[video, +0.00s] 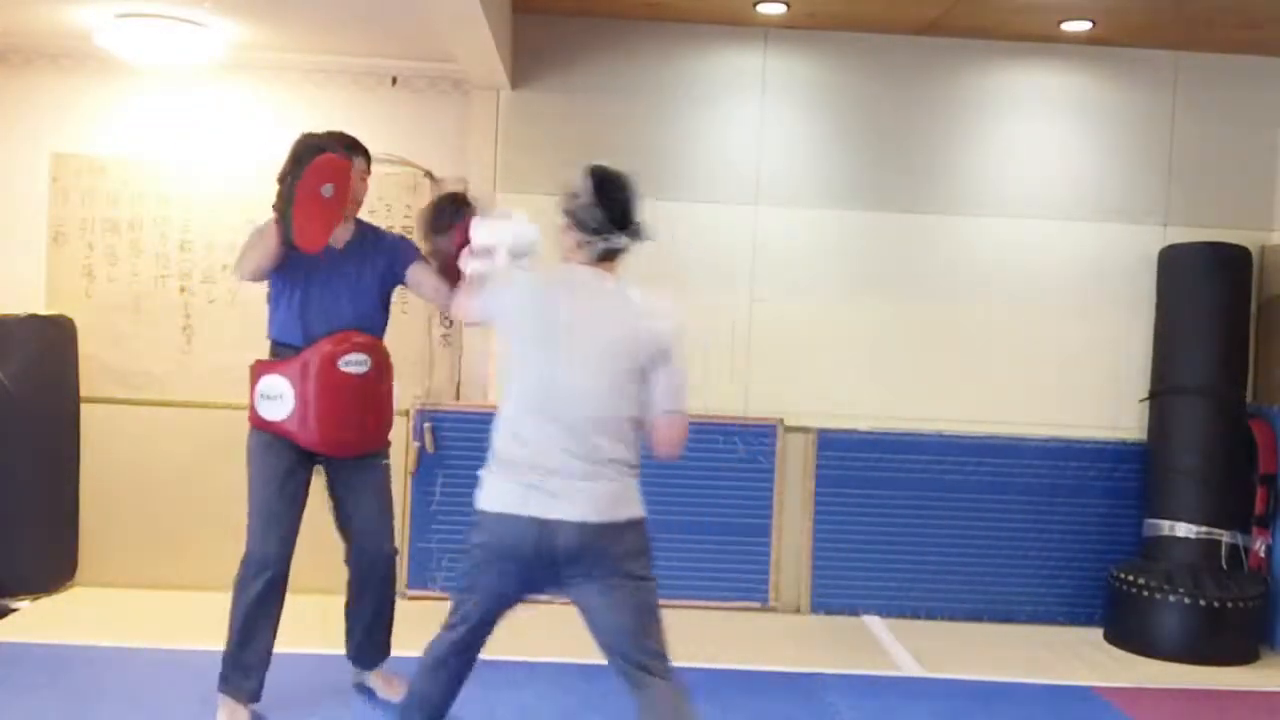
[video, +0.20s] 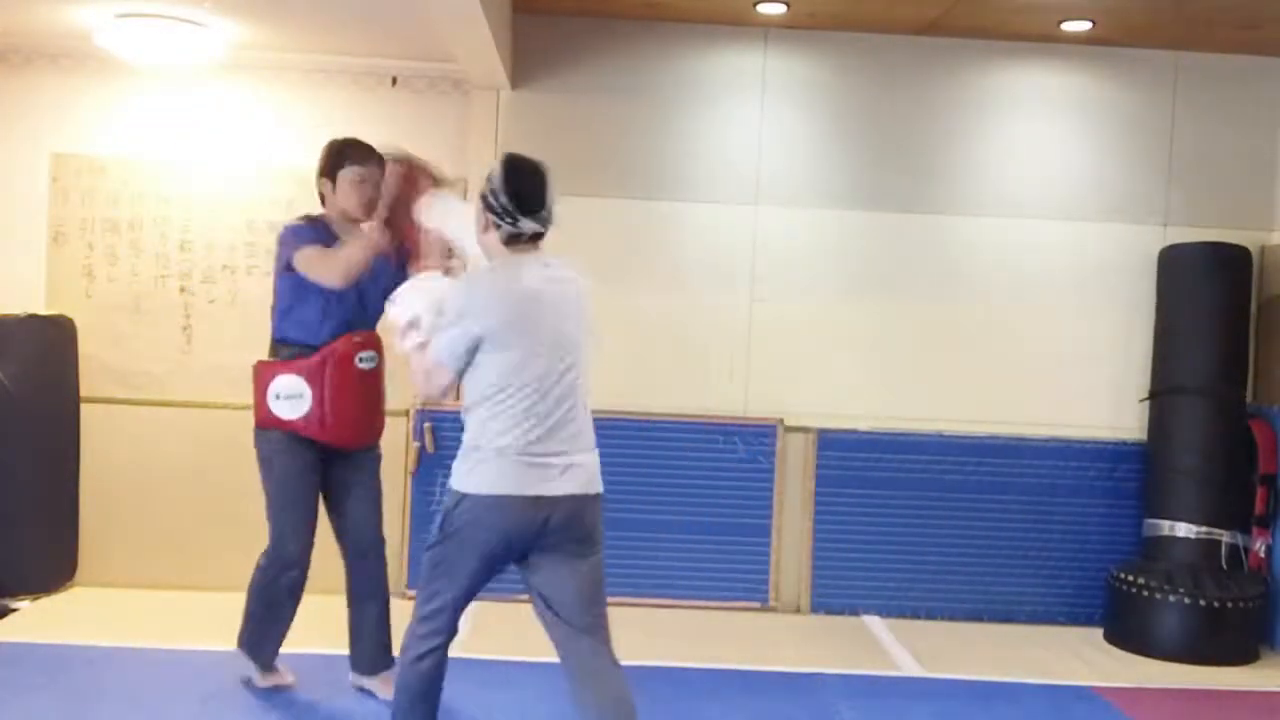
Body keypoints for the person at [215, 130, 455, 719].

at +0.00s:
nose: (351, 188)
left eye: (359, 177)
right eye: (339, 176)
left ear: (366, 184)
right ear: (308, 180)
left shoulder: (385, 247)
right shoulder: (284, 237)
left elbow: (451, 298)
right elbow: (249, 269)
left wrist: (471, 252)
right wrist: (292, 213)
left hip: (357, 407)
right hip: (284, 403)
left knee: (376, 548)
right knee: (268, 552)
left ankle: (368, 665)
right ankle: (236, 693)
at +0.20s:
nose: (369, 195)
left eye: (376, 185)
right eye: (358, 182)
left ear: (379, 194)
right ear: (327, 185)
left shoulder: (383, 252)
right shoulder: (299, 236)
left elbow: (419, 297)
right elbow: (334, 271)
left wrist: (423, 225)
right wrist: (376, 226)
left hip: (352, 409)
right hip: (290, 406)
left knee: (365, 542)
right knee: (292, 543)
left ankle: (372, 665)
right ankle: (257, 652)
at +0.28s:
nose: (364, 206)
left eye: (369, 197)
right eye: (353, 195)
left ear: (368, 201)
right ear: (320, 196)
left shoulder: (351, 260)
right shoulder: (299, 244)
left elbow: (369, 337)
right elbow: (327, 285)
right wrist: (390, 255)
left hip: (339, 426)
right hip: (287, 422)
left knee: (374, 529)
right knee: (279, 543)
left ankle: (370, 658)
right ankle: (246, 656)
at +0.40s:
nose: (363, 208)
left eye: (369, 198)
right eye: (353, 197)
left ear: (369, 203)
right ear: (321, 199)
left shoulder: (343, 263)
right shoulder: (302, 255)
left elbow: (342, 334)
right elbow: (301, 333)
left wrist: (379, 356)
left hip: (333, 422)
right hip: (295, 421)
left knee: (378, 516)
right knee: (291, 537)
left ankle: (363, 634)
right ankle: (245, 654)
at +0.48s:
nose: (367, 209)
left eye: (372, 200)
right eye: (357, 198)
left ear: (371, 204)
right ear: (326, 199)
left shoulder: (342, 260)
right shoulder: (309, 256)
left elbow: (337, 333)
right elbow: (306, 334)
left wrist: (378, 356)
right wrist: (373, 354)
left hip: (332, 407)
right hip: (300, 411)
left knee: (371, 512)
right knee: (297, 534)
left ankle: (355, 622)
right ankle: (247, 655)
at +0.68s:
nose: (389, 215)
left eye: (394, 206)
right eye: (379, 205)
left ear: (394, 211)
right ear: (349, 206)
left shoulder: (365, 264)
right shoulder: (340, 264)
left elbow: (368, 335)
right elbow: (332, 342)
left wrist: (406, 360)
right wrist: (396, 361)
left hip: (358, 421)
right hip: (327, 421)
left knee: (367, 519)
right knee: (316, 536)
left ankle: (341, 623)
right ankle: (255, 653)